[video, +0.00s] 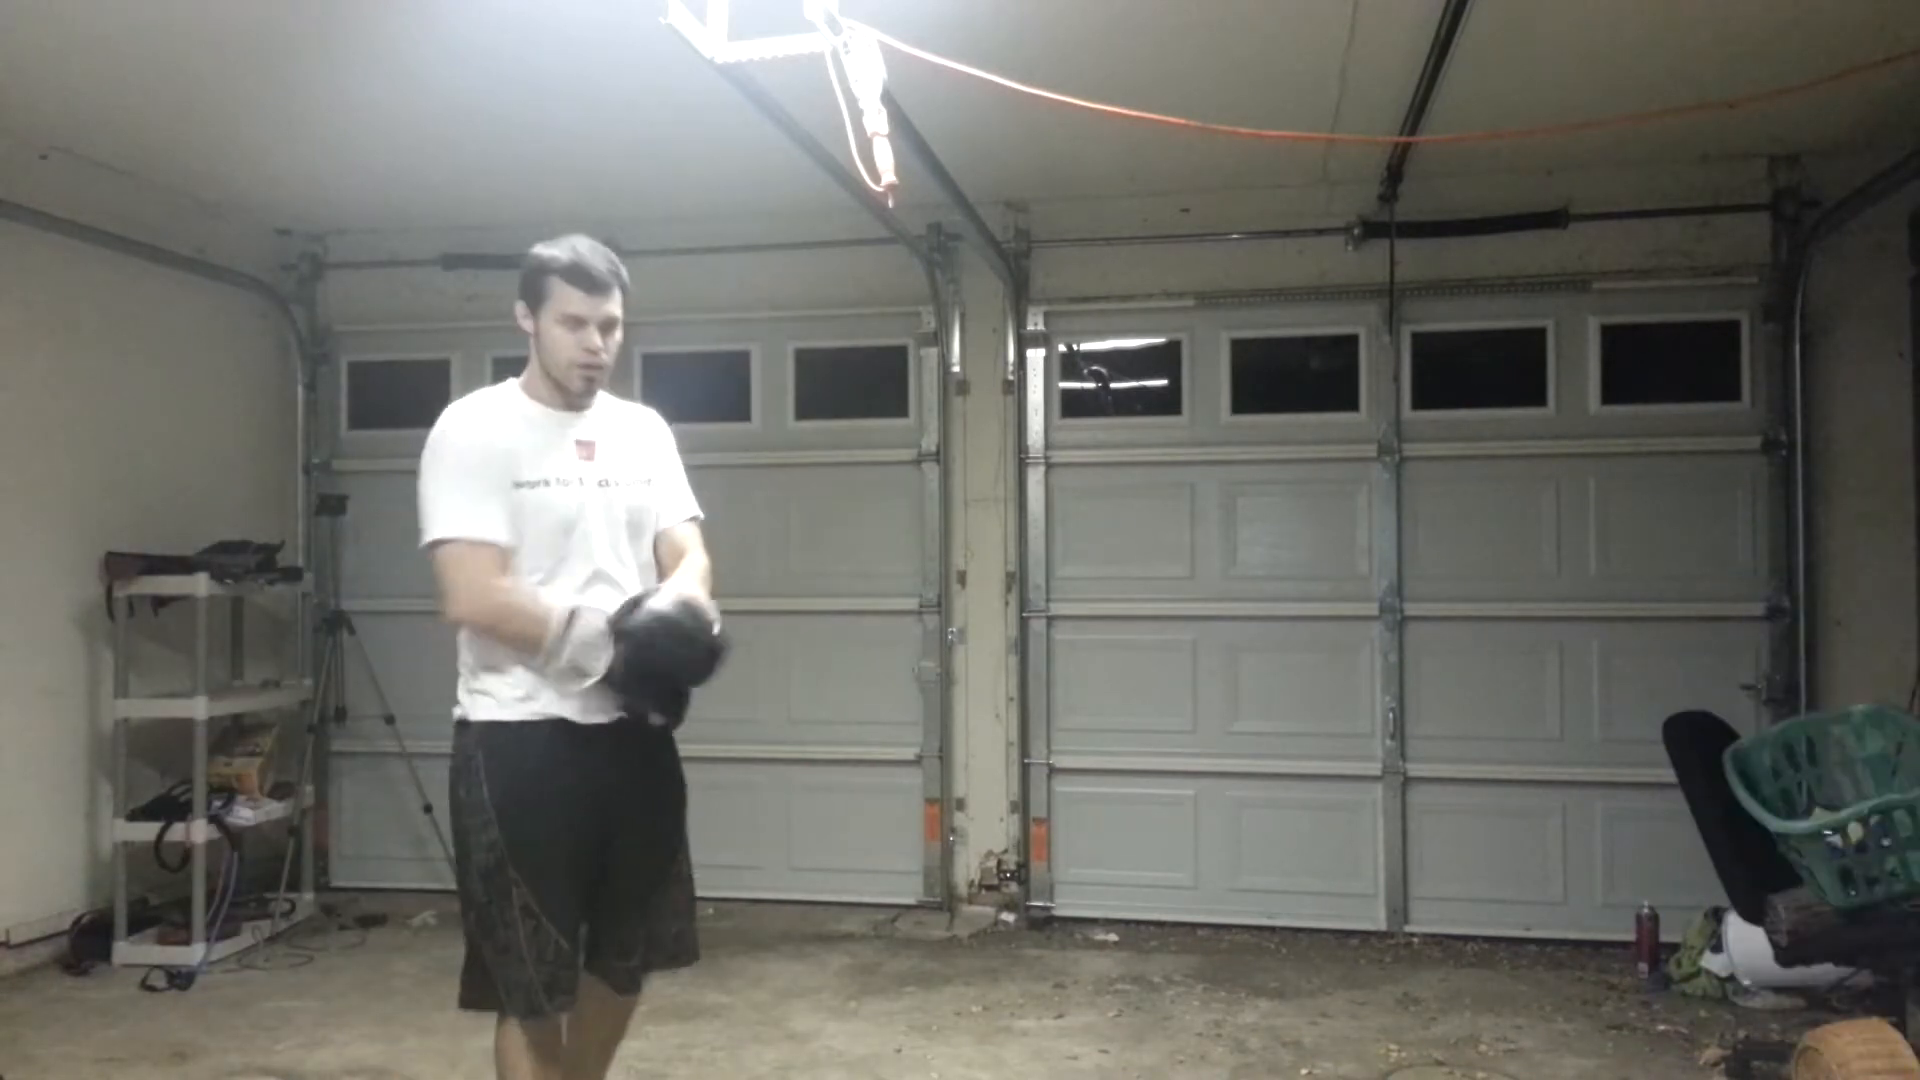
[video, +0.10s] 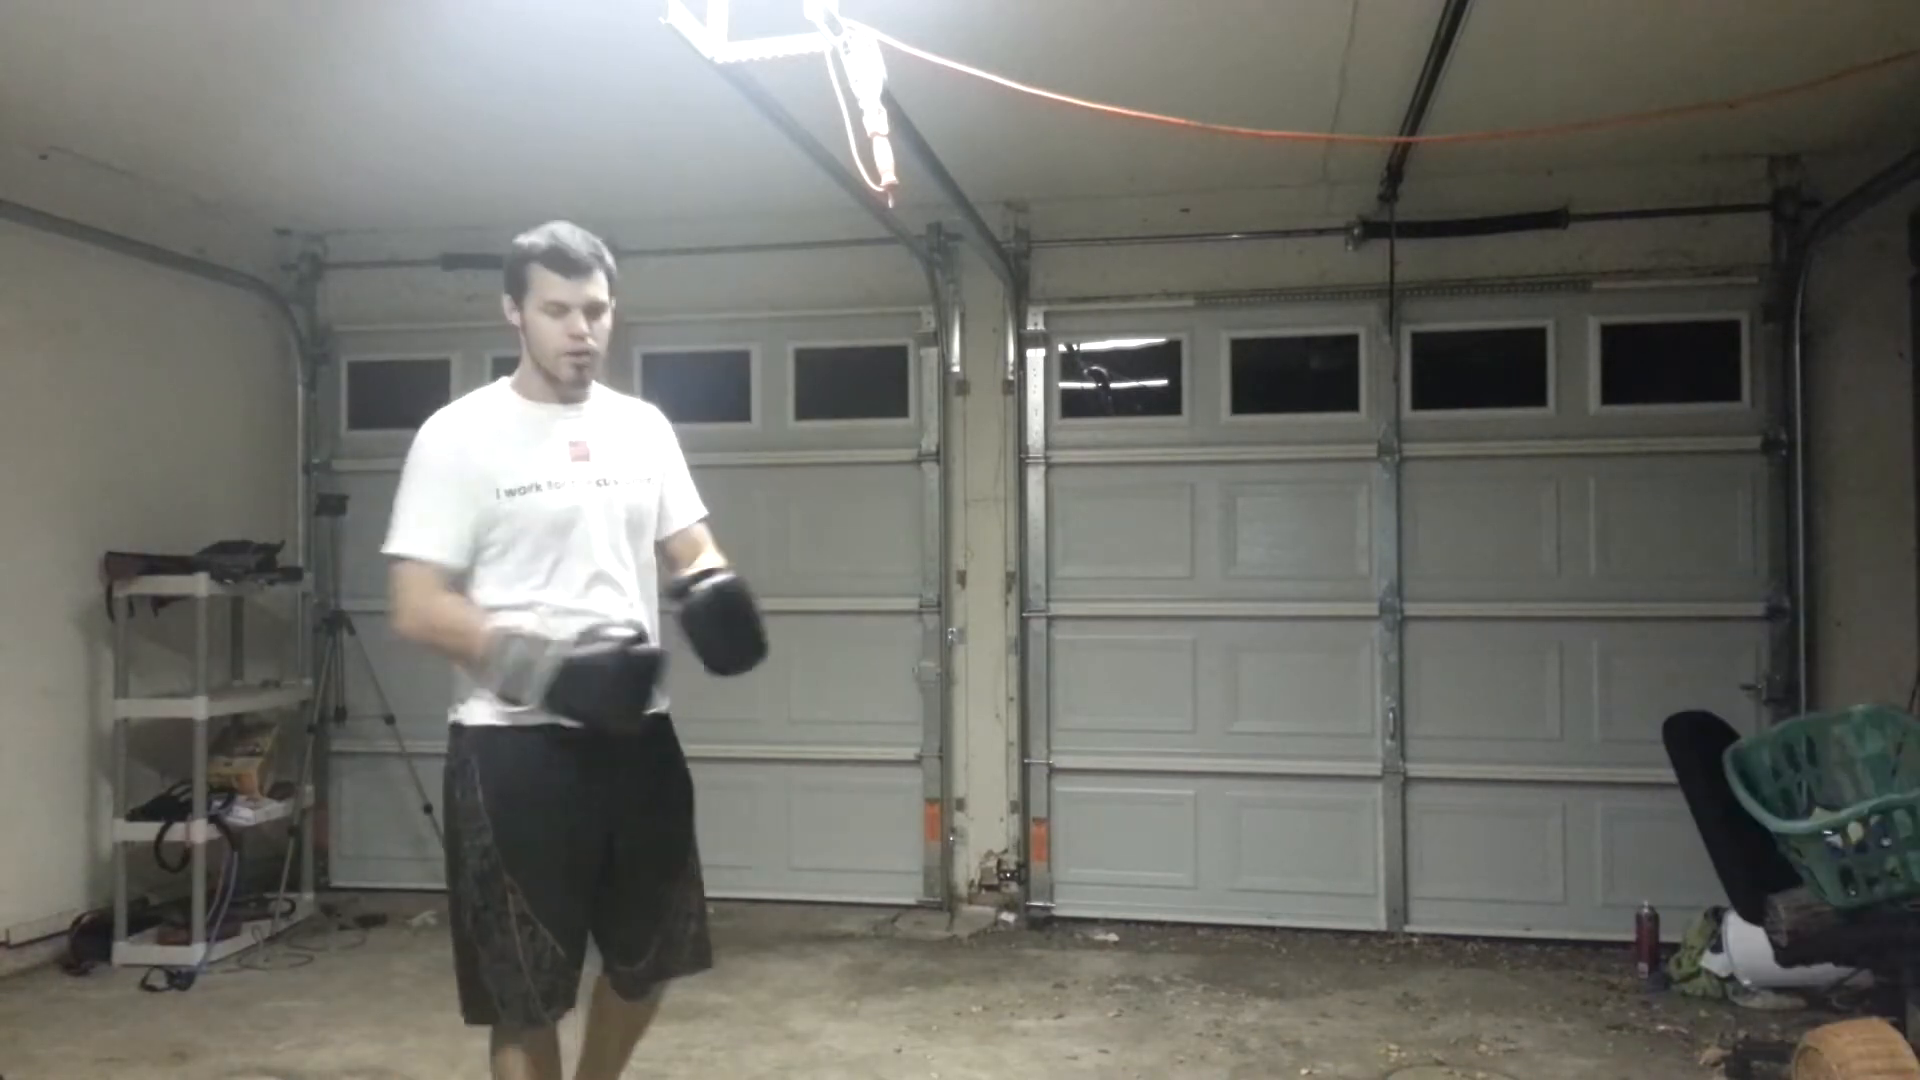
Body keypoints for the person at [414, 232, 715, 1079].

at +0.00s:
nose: (599, 346)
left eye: (611, 327)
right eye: (579, 325)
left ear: (625, 327)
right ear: (527, 322)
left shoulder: (642, 428)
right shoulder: (471, 428)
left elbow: (686, 555)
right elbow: (470, 597)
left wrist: (674, 625)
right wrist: (606, 644)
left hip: (633, 736)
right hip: (519, 742)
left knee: (622, 964)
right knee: (536, 985)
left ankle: (576, 1078)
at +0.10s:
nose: (581, 331)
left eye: (595, 311)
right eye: (560, 312)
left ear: (613, 314)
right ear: (514, 316)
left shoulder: (641, 425)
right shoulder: (458, 435)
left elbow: (692, 551)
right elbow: (418, 604)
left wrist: (718, 606)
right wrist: (544, 670)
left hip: (636, 737)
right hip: (512, 749)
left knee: (647, 957)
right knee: (527, 994)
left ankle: (592, 1078)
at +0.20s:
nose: (569, 319)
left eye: (584, 299)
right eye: (547, 301)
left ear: (605, 305)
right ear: (506, 311)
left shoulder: (643, 422)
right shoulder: (446, 433)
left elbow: (703, 545)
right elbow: (372, 588)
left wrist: (732, 583)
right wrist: (470, 656)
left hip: (637, 741)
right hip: (509, 750)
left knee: (660, 965)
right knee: (524, 1004)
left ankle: (612, 1077)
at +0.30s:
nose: (564, 312)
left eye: (580, 291)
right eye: (541, 294)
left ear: (604, 298)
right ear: (502, 305)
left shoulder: (648, 416)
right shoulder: (440, 432)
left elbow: (704, 539)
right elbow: (355, 576)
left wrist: (715, 585)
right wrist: (439, 637)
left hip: (645, 740)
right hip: (511, 752)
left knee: (672, 969)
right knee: (519, 1011)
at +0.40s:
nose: (573, 313)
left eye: (588, 291)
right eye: (549, 293)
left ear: (610, 298)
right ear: (507, 300)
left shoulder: (650, 420)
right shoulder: (441, 431)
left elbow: (701, 548)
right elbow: (366, 580)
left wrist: (700, 587)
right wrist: (438, 627)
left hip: (647, 747)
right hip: (512, 758)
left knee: (673, 989)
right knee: (522, 1016)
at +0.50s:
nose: (580, 311)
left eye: (596, 291)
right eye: (558, 290)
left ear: (617, 298)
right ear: (513, 296)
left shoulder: (658, 420)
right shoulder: (443, 427)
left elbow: (714, 563)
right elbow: (387, 591)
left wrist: (699, 591)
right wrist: (450, 611)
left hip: (647, 748)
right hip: (512, 757)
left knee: (667, 1001)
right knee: (522, 1021)